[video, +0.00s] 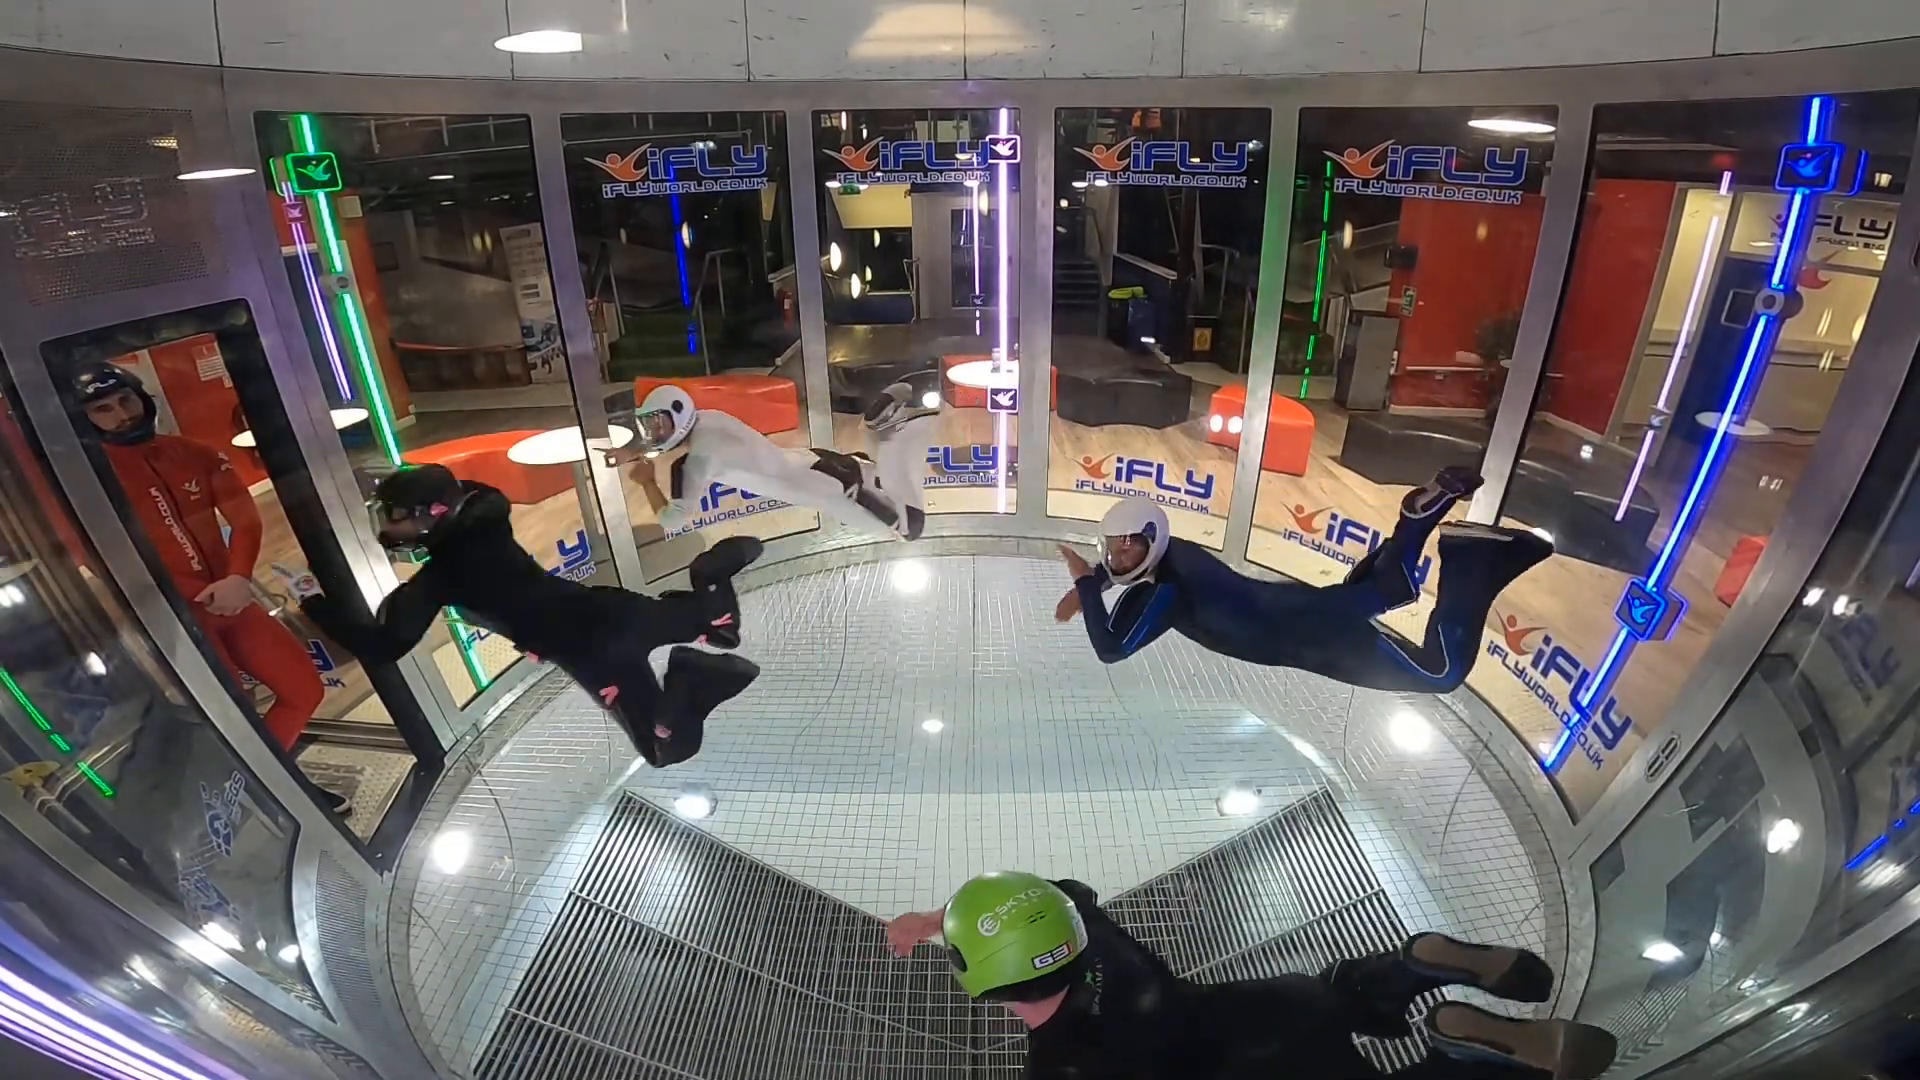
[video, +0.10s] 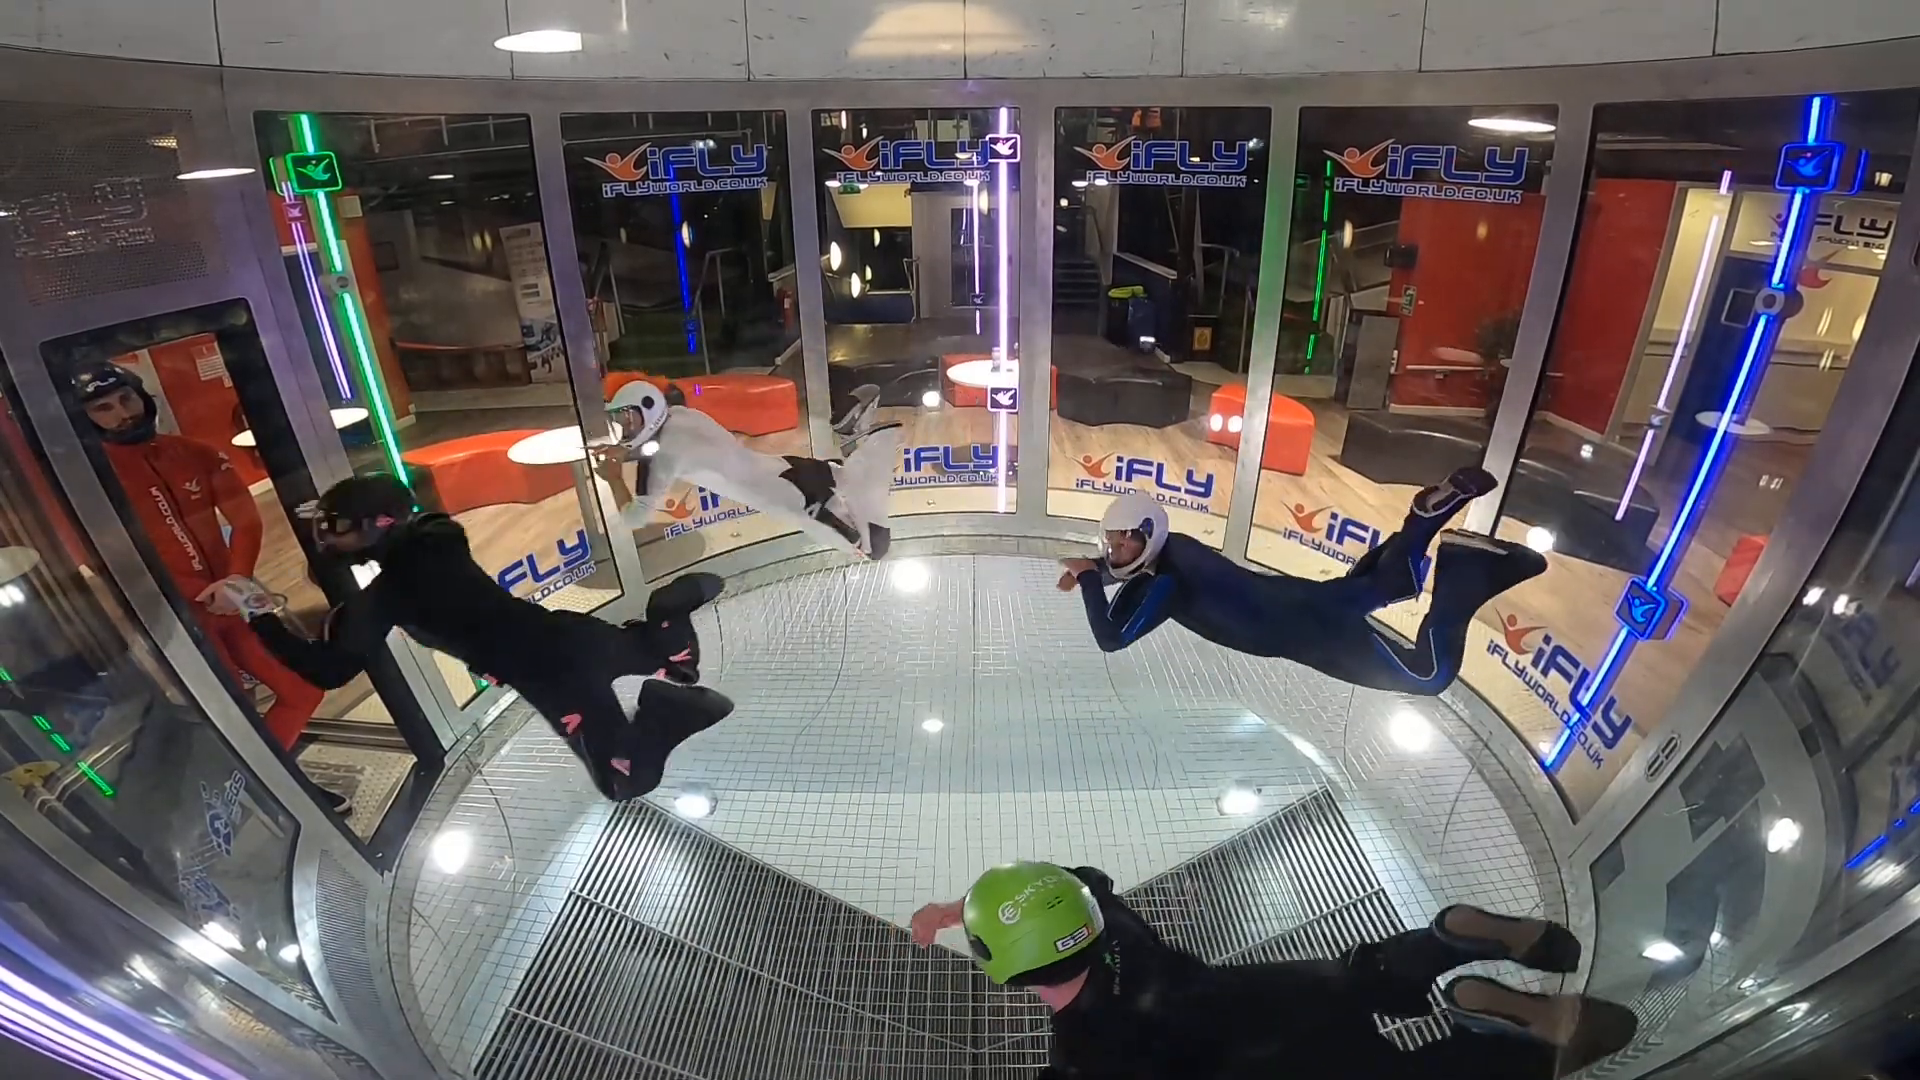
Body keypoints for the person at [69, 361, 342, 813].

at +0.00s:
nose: (121, 416)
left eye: (124, 401)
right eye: (103, 411)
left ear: (140, 398)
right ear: (86, 421)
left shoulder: (194, 455)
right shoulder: (91, 478)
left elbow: (246, 520)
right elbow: (99, 562)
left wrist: (239, 577)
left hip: (230, 602)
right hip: (177, 622)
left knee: (304, 689)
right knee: (236, 709)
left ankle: (243, 784)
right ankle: (291, 792)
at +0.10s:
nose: (122, 414)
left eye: (126, 399)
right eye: (104, 409)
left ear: (141, 397)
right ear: (88, 421)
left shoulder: (195, 454)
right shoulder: (93, 477)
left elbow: (246, 520)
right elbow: (104, 564)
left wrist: (237, 579)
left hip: (230, 603)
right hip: (180, 622)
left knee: (303, 692)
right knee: (237, 709)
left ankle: (253, 775)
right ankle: (294, 790)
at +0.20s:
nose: (122, 414)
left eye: (125, 399)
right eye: (105, 409)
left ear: (140, 394)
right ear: (88, 419)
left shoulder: (194, 455)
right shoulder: (94, 477)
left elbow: (246, 520)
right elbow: (112, 564)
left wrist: (242, 577)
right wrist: (191, 607)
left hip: (231, 598)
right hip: (176, 616)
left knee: (288, 657)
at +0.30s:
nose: (124, 413)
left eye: (127, 398)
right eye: (106, 409)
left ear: (141, 395)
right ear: (90, 420)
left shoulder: (198, 455)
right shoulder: (91, 482)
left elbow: (253, 534)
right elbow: (98, 573)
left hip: (238, 601)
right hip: (178, 624)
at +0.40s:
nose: (126, 414)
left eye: (129, 399)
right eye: (107, 408)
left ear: (143, 395)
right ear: (87, 419)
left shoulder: (197, 455)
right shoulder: (93, 480)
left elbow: (248, 522)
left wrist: (238, 586)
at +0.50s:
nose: (126, 414)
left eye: (128, 398)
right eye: (107, 409)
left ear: (142, 396)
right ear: (88, 420)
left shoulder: (195, 453)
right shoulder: (91, 480)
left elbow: (248, 519)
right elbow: (95, 568)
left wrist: (243, 576)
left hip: (235, 608)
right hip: (172, 630)